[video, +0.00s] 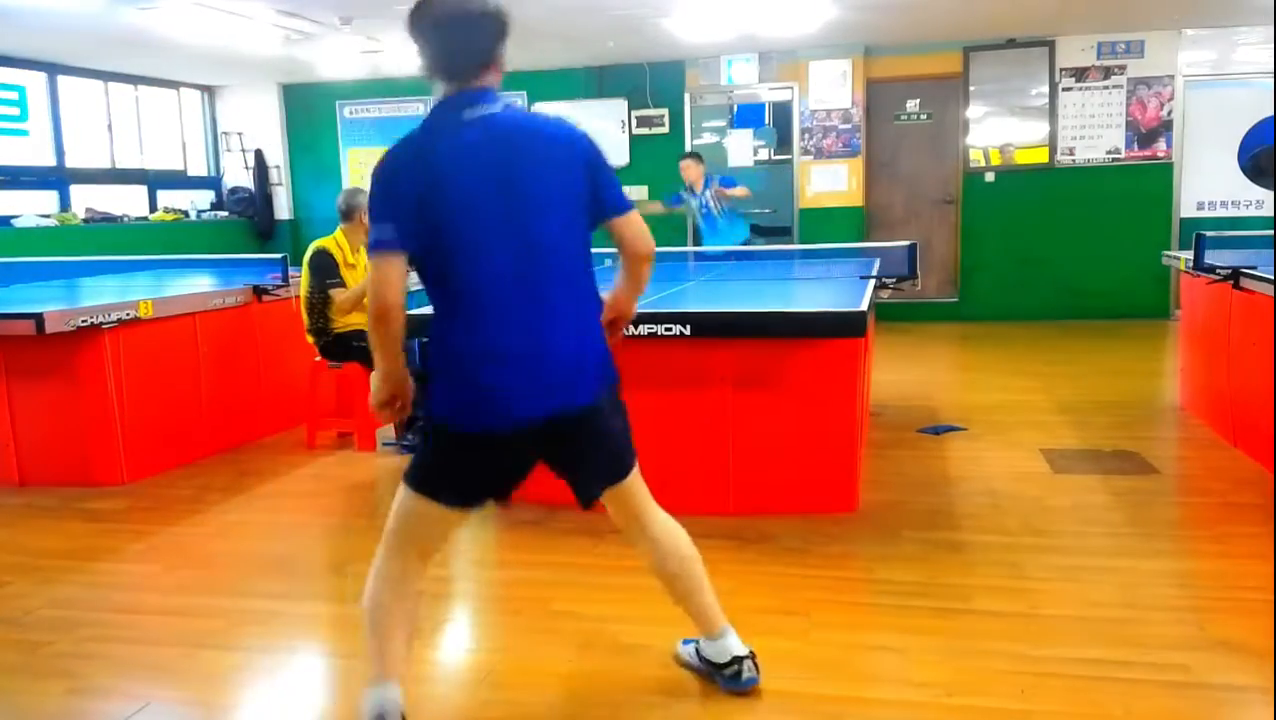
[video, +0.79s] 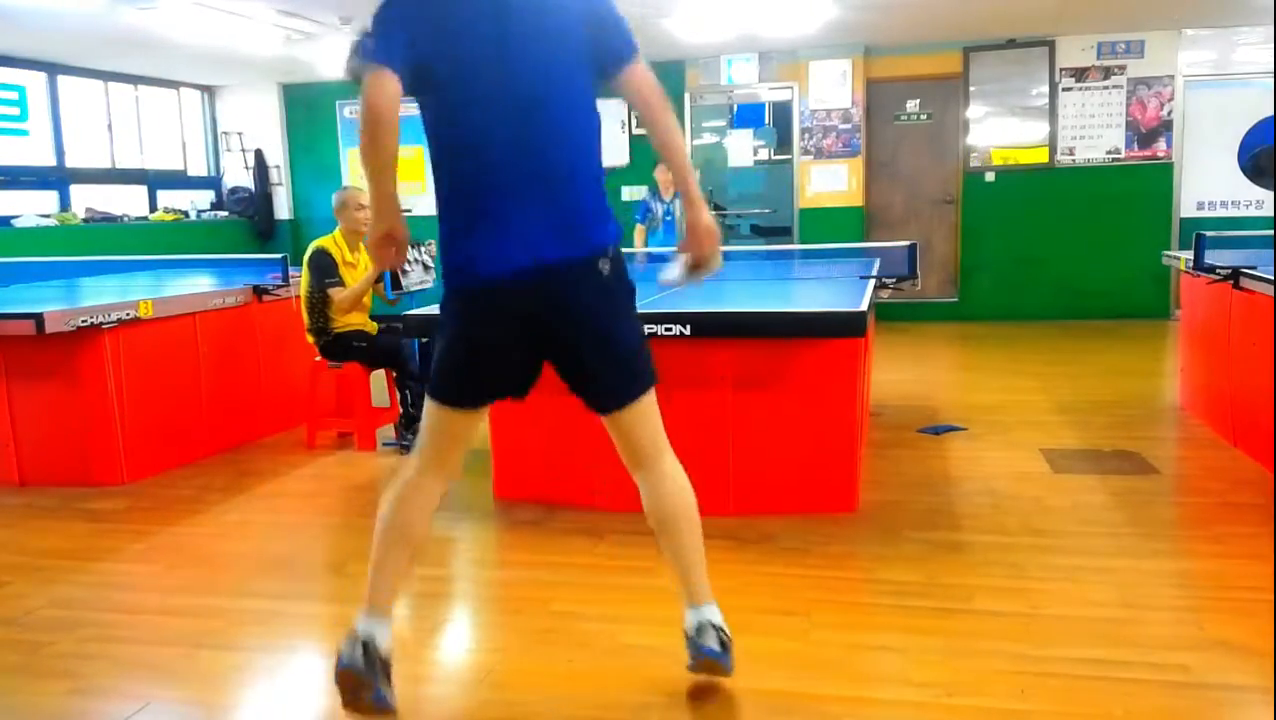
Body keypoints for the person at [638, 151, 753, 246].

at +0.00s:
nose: (684, 173)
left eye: (688, 168)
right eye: (682, 170)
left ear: (701, 167)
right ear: (680, 173)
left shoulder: (719, 182)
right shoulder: (686, 195)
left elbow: (746, 193)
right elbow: (662, 206)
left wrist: (727, 193)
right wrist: (633, 207)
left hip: (739, 243)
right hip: (712, 249)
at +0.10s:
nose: (677, 166)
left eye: (681, 160)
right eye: (674, 162)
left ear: (693, 159)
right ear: (672, 164)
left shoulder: (707, 177)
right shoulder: (671, 183)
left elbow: (732, 184)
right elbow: (649, 165)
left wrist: (740, 186)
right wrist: (653, 140)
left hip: (718, 241)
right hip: (692, 245)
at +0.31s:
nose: (667, 163)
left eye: (671, 159)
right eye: (664, 159)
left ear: (680, 160)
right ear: (660, 162)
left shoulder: (687, 186)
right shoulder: (658, 184)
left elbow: (690, 210)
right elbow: (646, 181)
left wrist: (704, 213)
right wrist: (662, 165)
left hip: (685, 241)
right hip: (661, 241)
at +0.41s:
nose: (663, 168)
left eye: (667, 163)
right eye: (659, 163)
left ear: (674, 166)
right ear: (653, 166)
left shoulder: (683, 190)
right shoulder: (650, 189)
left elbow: (691, 215)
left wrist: (688, 227)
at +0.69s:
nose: (658, 172)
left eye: (662, 167)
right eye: (654, 167)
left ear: (669, 170)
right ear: (649, 171)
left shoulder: (682, 194)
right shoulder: (642, 196)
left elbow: (694, 220)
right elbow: (628, 226)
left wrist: (692, 245)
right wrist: (629, 251)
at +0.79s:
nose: (665, 185)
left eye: (667, 181)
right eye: (661, 182)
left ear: (673, 180)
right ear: (656, 181)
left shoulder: (683, 201)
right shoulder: (648, 202)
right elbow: (640, 229)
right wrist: (640, 256)